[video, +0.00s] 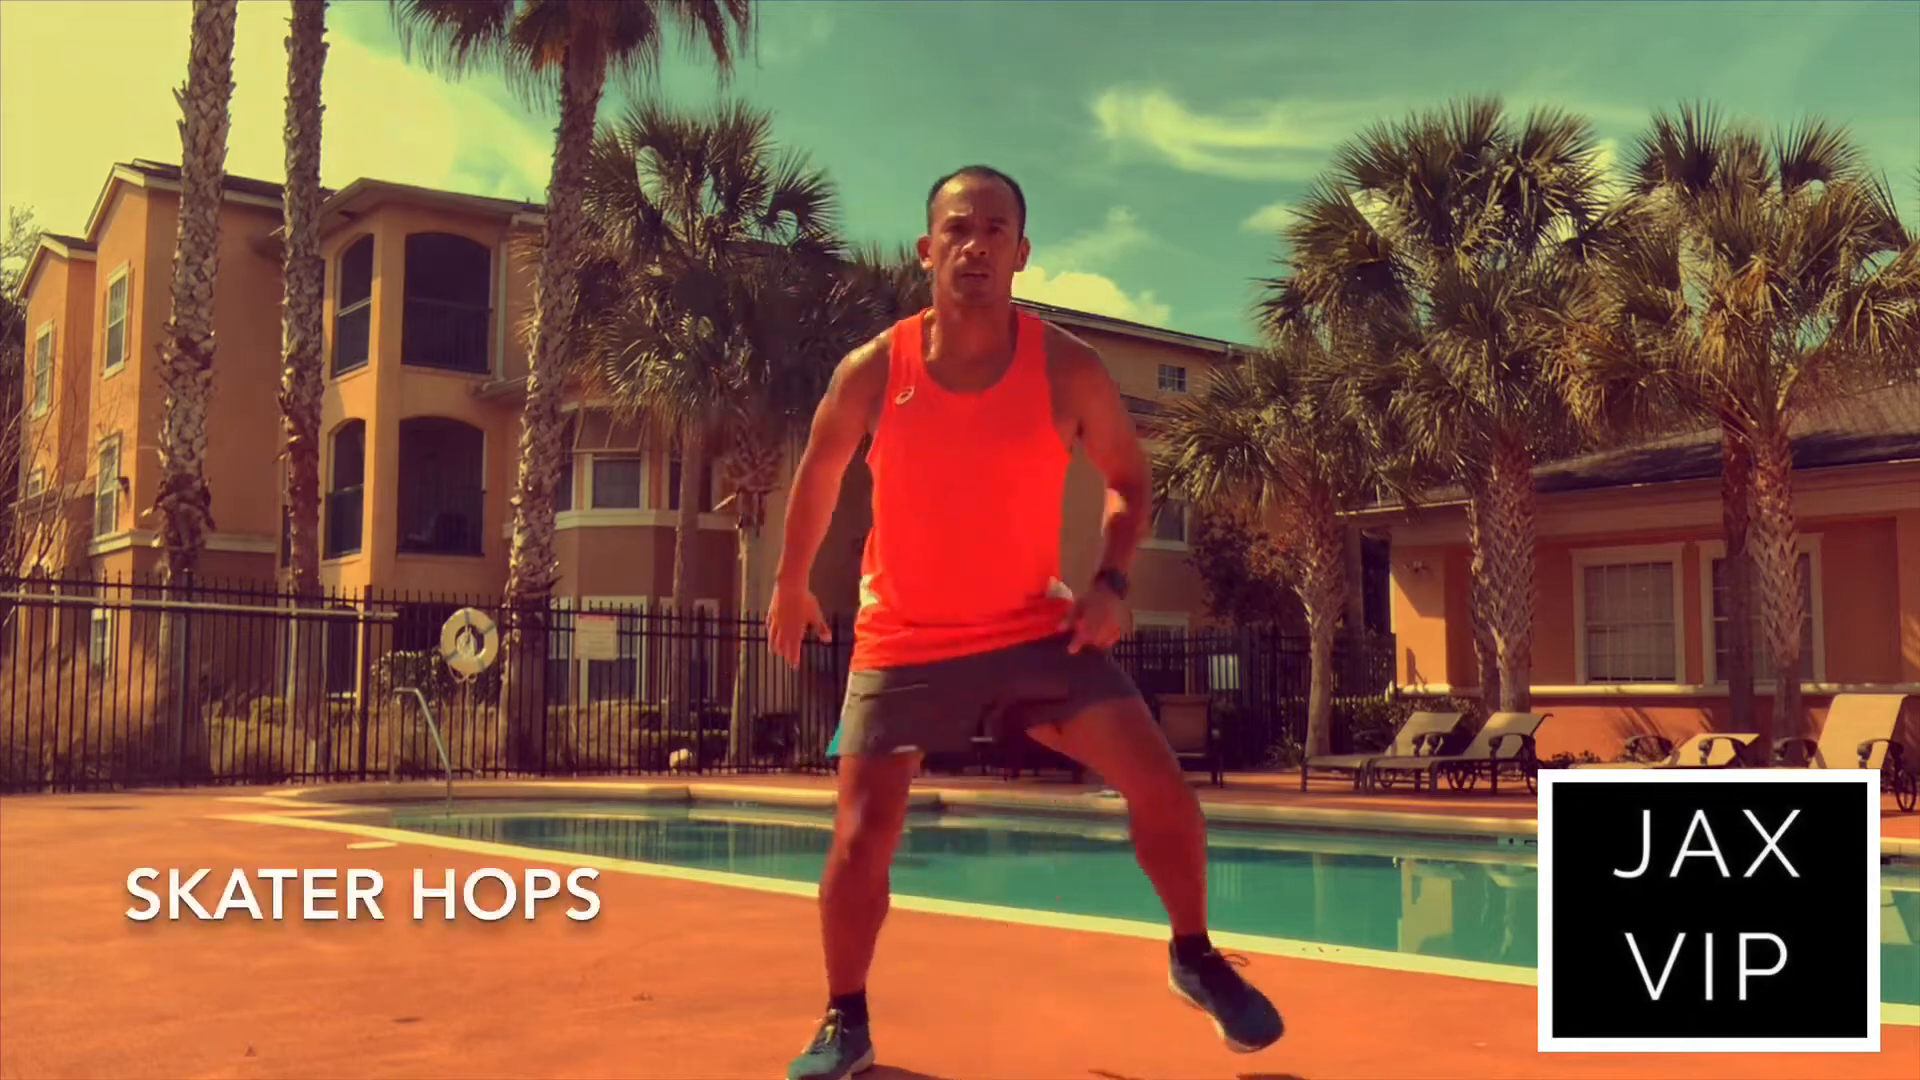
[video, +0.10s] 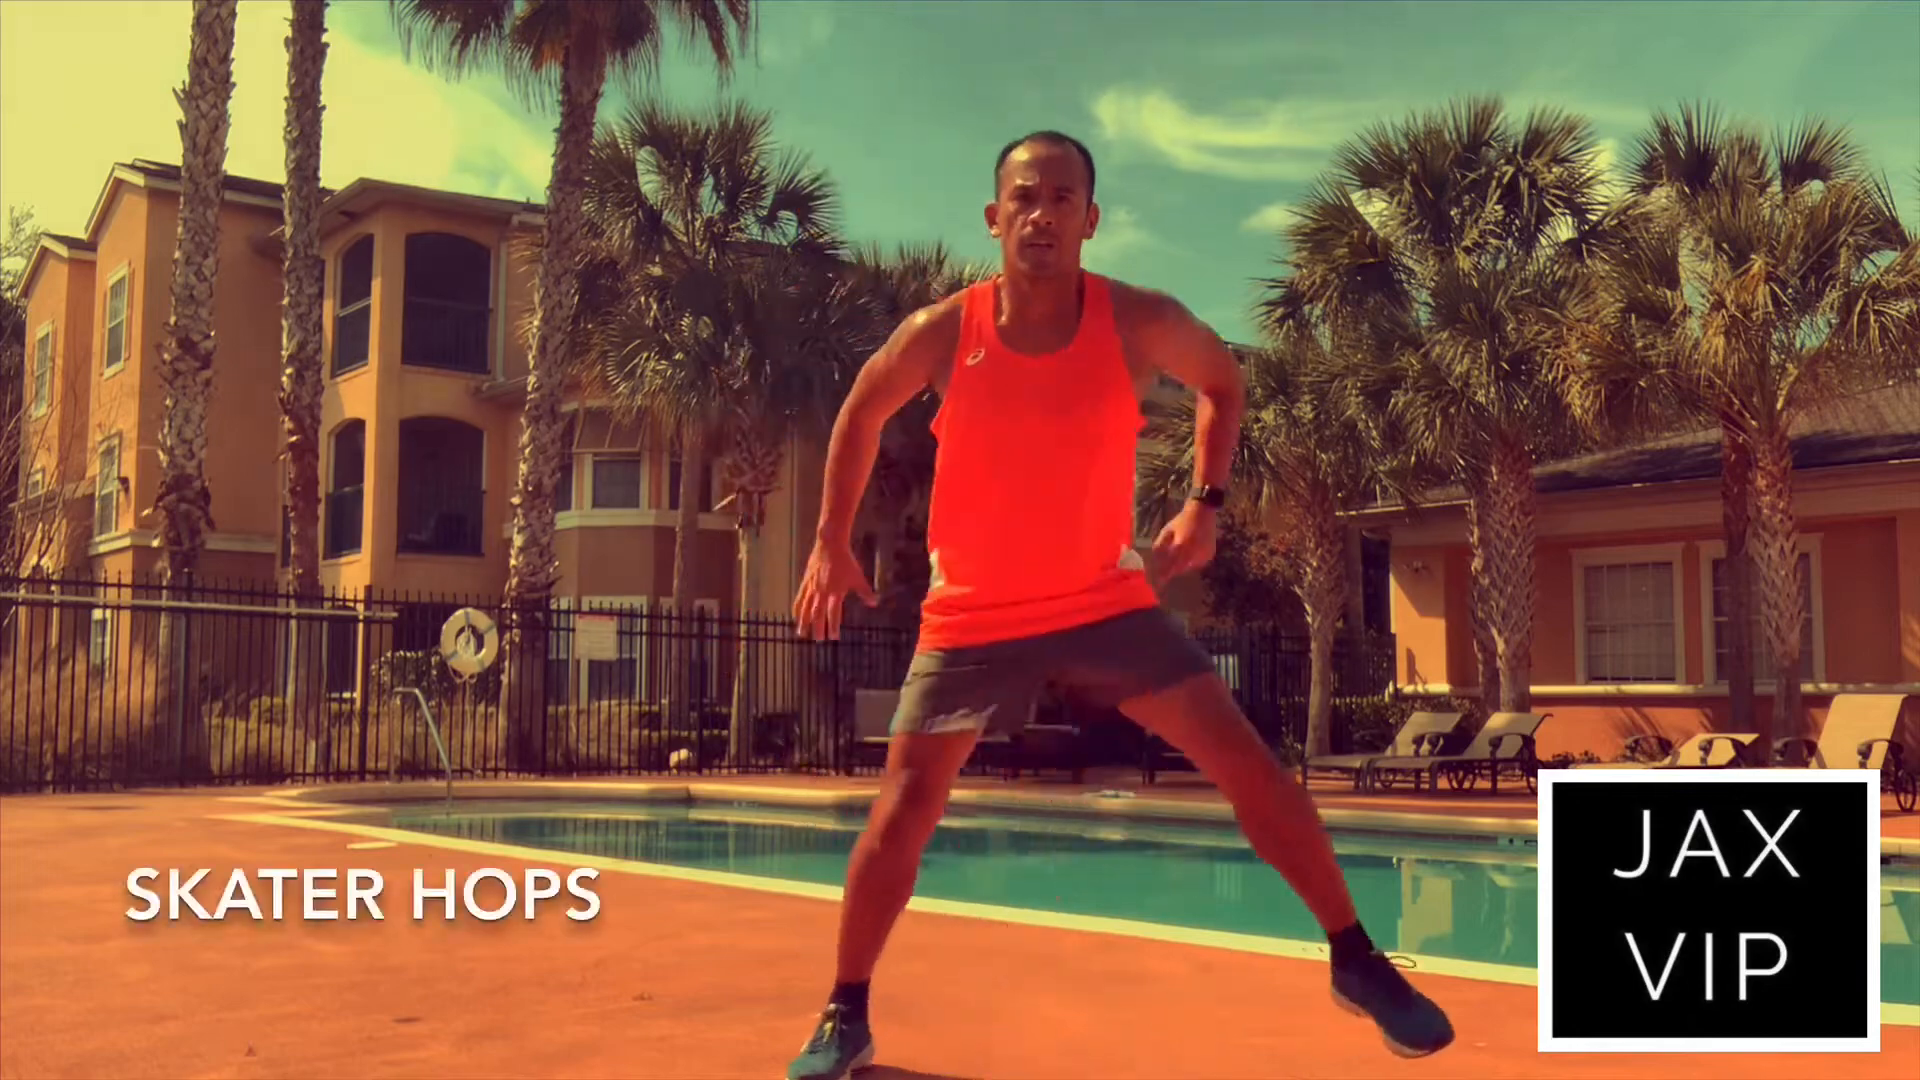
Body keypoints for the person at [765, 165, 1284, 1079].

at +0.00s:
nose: (972, 244)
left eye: (992, 229)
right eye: (956, 229)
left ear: (1021, 250)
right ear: (926, 250)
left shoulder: (1067, 369)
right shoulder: (871, 372)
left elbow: (1128, 482)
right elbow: (820, 473)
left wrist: (1110, 583)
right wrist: (791, 580)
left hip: (1032, 631)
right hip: (899, 643)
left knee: (1156, 777)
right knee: (861, 831)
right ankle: (845, 1020)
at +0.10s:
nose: (1039, 212)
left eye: (1059, 196)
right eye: (1022, 196)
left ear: (1090, 216)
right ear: (993, 217)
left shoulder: (1139, 321)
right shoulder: (943, 332)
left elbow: (1223, 386)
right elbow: (861, 414)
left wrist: (1205, 501)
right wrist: (832, 543)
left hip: (1106, 603)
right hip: (969, 619)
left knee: (1243, 757)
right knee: (905, 802)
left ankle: (1355, 954)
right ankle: (845, 1012)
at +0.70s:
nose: (1380, 409)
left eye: (1400, 390)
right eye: (1357, 389)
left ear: (1423, 415)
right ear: (1314, 415)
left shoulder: (1419, 502)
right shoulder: (1291, 535)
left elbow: (1458, 537)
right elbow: (1428, 661)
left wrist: (1543, 587)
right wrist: (1592, 597)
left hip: (1404, 714)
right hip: (1313, 781)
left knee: (1463, 834)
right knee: (1447, 962)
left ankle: (1444, 1050)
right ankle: (1568, 946)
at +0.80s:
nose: (1374, 415)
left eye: (1395, 397)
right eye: (1352, 394)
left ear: (1422, 423)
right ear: (1311, 416)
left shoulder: (1423, 511)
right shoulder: (1277, 536)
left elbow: (1488, 589)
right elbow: (1404, 665)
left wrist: (1531, 629)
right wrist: (1558, 597)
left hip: (1403, 718)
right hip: (1310, 788)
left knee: (1456, 842)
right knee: (1463, 971)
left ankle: (1444, 1055)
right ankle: (1622, 1013)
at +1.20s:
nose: (1059, 228)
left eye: (1084, 207)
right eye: (1043, 207)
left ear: (1129, 211)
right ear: (1023, 211)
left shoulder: (1189, 299)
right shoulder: (983, 318)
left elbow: (1288, 324)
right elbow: (842, 400)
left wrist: (1350, 437)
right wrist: (804, 546)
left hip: (1204, 617)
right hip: (1051, 611)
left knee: (1316, 808)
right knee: (914, 768)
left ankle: (1435, 1015)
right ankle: (908, 916)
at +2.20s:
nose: (823, 247)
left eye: (848, 230)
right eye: (805, 226)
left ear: (879, 250)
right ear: (772, 239)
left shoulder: (931, 378)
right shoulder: (709, 360)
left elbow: (1049, 498)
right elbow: (621, 452)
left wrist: (1024, 643)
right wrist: (557, 562)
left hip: (860, 654)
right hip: (712, 645)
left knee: (948, 850)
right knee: (616, 835)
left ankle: (920, 902)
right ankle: (550, 1053)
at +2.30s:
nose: (939, 186)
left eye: (964, 168)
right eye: (922, 163)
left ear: (1000, 186)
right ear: (892, 174)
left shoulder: (1047, 305)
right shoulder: (828, 288)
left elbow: (1189, 375)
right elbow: (734, 356)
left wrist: (1189, 516)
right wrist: (655, 464)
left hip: (978, 602)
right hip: (822, 610)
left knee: (1123, 759)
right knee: (704, 802)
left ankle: (1187, 952)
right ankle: (572, 1016)